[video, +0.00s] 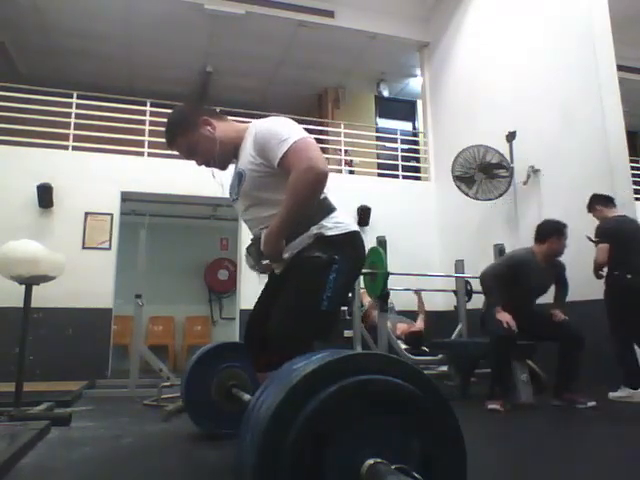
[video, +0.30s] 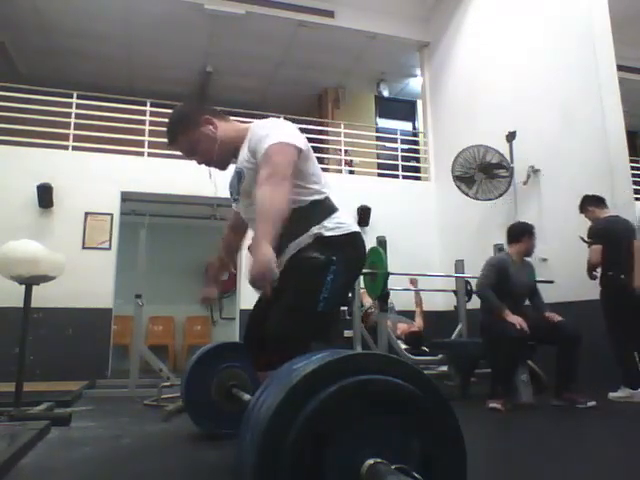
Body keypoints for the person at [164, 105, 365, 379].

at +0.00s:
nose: (198, 162)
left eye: (193, 153)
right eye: (191, 158)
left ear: (208, 127)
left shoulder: (267, 129)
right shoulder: (239, 175)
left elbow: (312, 169)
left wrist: (276, 234)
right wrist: (262, 246)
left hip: (328, 248)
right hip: (296, 260)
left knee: (289, 341)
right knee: (257, 338)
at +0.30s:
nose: (198, 161)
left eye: (194, 151)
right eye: (191, 157)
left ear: (210, 127)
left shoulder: (272, 130)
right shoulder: (241, 178)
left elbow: (276, 182)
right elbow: (236, 228)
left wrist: (263, 246)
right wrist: (223, 265)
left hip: (328, 245)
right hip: (296, 260)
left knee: (288, 337)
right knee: (258, 336)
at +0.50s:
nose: (204, 157)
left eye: (201, 148)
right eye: (197, 154)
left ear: (215, 125)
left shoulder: (278, 134)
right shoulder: (241, 177)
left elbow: (227, 158)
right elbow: (204, 207)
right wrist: (150, 233)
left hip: (331, 250)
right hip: (294, 264)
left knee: (294, 342)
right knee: (257, 338)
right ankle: (283, 426)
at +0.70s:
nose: (204, 160)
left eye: (203, 146)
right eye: (198, 153)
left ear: (218, 124)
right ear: (211, 128)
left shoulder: (278, 136)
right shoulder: (238, 176)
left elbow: (198, 137)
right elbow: (185, 187)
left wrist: (109, 132)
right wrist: (124, 190)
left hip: (333, 254)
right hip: (296, 268)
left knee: (287, 349)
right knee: (256, 346)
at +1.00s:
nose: (205, 164)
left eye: (204, 151)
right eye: (200, 158)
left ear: (220, 133)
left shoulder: (275, 137)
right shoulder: (234, 177)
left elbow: (195, 137)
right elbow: (177, 179)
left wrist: (109, 131)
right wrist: (118, 172)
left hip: (336, 255)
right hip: (299, 269)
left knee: (289, 347)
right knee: (257, 340)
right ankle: (276, 427)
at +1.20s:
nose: (203, 168)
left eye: (202, 155)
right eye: (198, 162)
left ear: (218, 136)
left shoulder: (275, 143)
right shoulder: (235, 180)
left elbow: (196, 141)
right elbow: (177, 179)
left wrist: (111, 137)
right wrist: (116, 172)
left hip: (339, 256)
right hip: (302, 270)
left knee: (295, 342)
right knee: (258, 337)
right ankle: (276, 424)